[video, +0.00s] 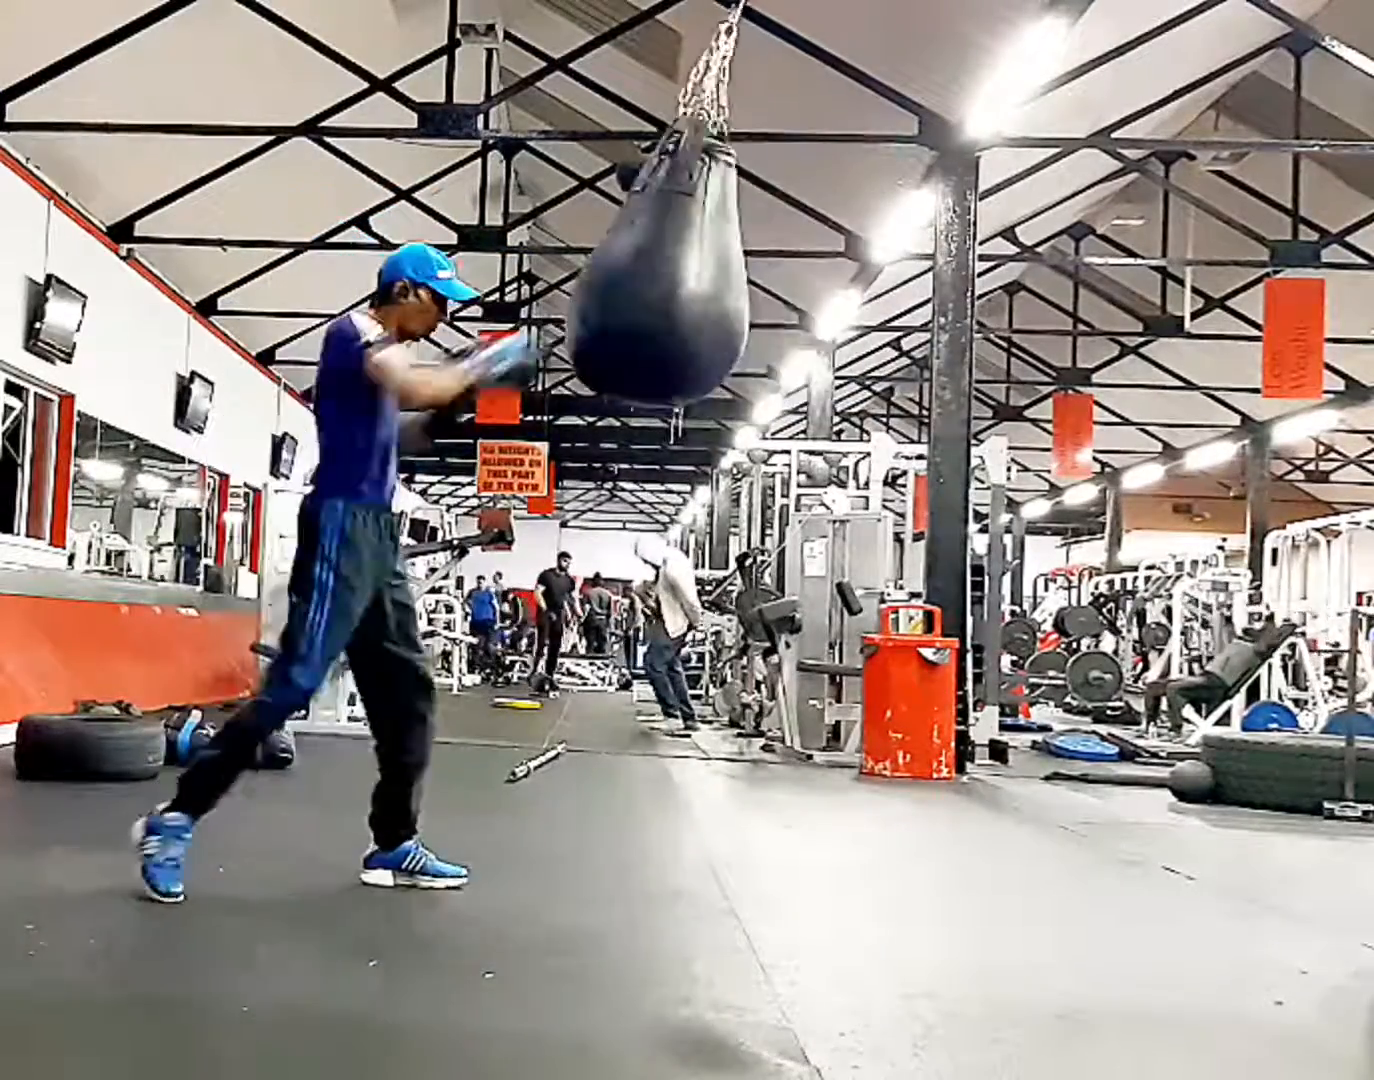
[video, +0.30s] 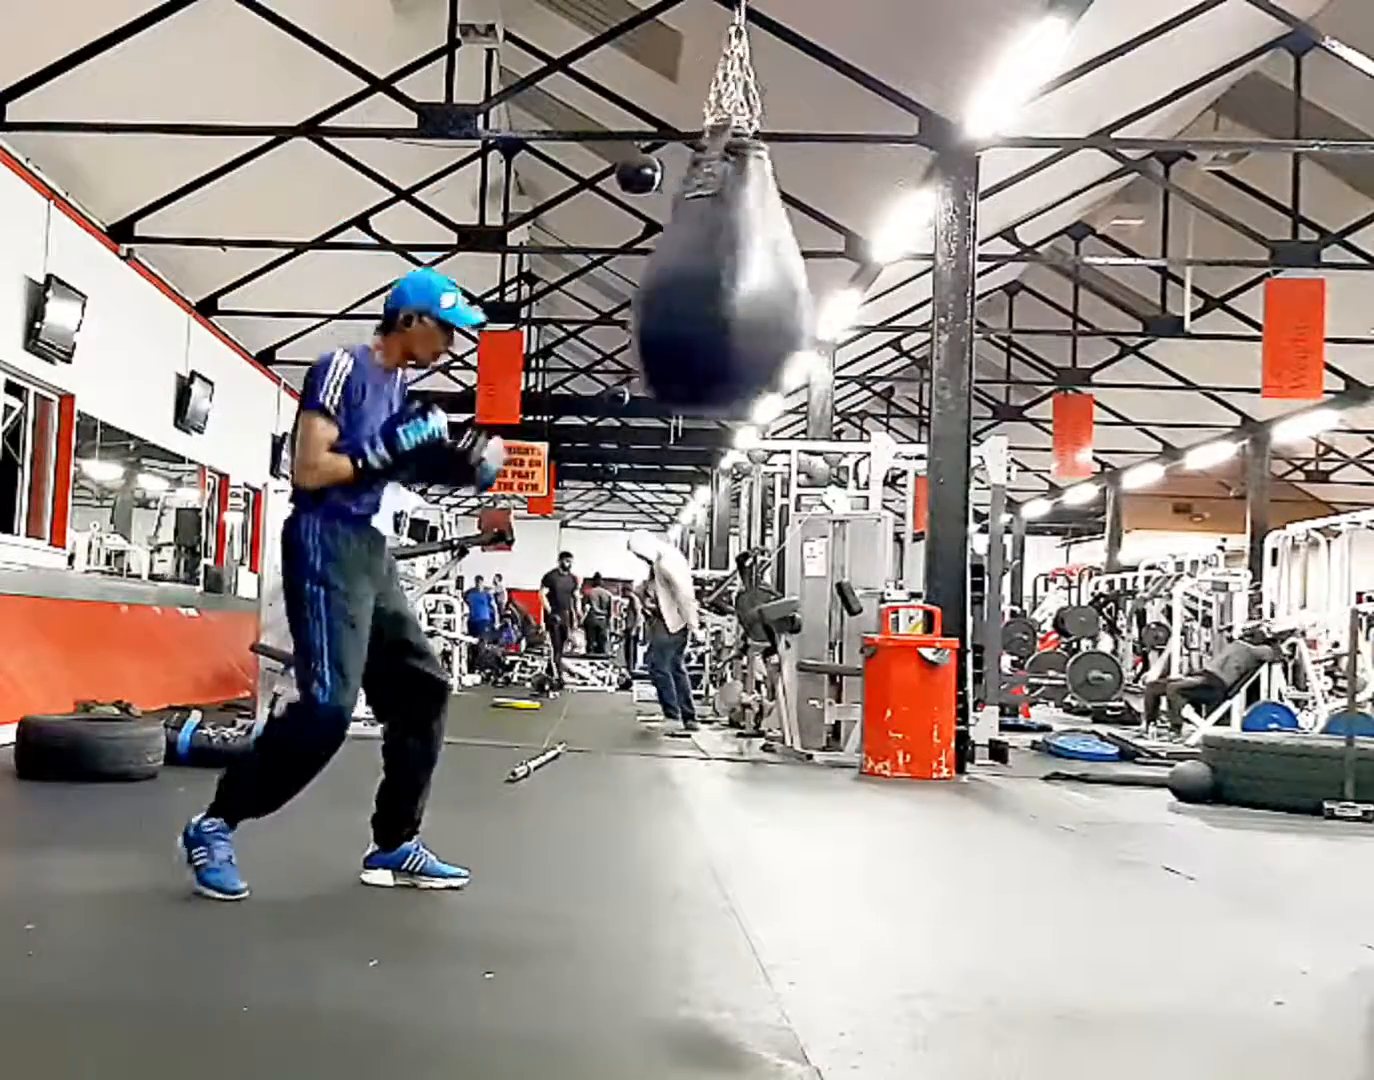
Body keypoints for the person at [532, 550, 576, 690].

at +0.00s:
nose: (566, 564)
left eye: (568, 562)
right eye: (563, 561)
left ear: (570, 563)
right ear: (558, 561)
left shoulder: (570, 580)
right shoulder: (547, 575)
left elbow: (572, 598)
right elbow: (537, 591)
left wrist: (578, 612)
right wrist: (544, 608)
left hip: (559, 613)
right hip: (545, 611)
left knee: (555, 646)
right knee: (542, 643)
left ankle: (550, 674)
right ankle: (534, 671)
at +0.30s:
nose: (568, 564)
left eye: (570, 561)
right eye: (565, 561)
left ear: (572, 563)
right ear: (560, 561)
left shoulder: (573, 579)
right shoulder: (551, 576)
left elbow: (576, 595)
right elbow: (542, 592)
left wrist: (578, 609)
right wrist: (548, 610)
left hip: (566, 613)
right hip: (554, 612)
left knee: (561, 644)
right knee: (556, 645)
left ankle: (551, 671)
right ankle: (557, 676)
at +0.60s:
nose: (570, 564)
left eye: (572, 562)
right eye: (568, 562)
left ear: (574, 562)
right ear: (562, 562)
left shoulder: (577, 577)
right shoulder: (554, 577)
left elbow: (581, 594)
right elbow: (549, 596)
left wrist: (582, 609)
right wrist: (558, 613)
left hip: (574, 616)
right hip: (561, 615)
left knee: (573, 648)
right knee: (562, 648)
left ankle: (560, 671)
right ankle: (562, 679)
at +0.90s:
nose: (575, 565)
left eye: (576, 562)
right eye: (572, 562)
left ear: (579, 562)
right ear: (567, 562)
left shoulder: (582, 576)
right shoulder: (559, 577)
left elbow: (587, 592)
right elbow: (555, 596)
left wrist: (592, 606)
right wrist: (564, 611)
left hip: (580, 614)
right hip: (566, 614)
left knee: (584, 644)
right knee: (564, 648)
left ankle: (581, 678)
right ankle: (562, 679)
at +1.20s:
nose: (586, 566)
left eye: (588, 564)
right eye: (584, 563)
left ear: (591, 564)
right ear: (580, 563)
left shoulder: (595, 578)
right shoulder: (570, 578)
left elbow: (600, 598)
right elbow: (562, 597)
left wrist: (602, 615)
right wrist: (567, 615)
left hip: (590, 620)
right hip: (574, 620)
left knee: (593, 654)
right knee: (569, 653)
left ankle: (597, 683)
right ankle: (564, 682)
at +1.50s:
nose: (600, 564)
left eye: (603, 562)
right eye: (598, 561)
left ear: (606, 562)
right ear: (594, 561)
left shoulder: (609, 579)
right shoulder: (584, 576)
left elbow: (617, 596)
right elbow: (574, 592)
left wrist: (614, 613)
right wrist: (580, 608)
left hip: (603, 617)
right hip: (587, 616)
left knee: (600, 653)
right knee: (585, 649)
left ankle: (599, 684)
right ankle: (576, 681)